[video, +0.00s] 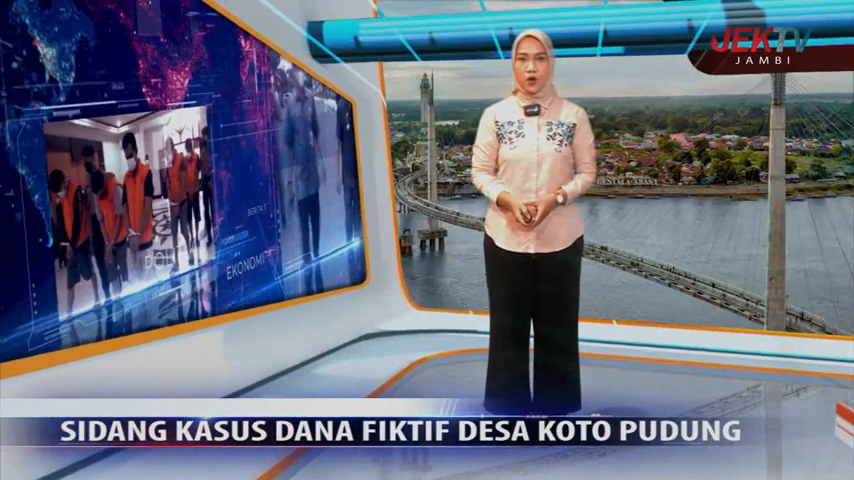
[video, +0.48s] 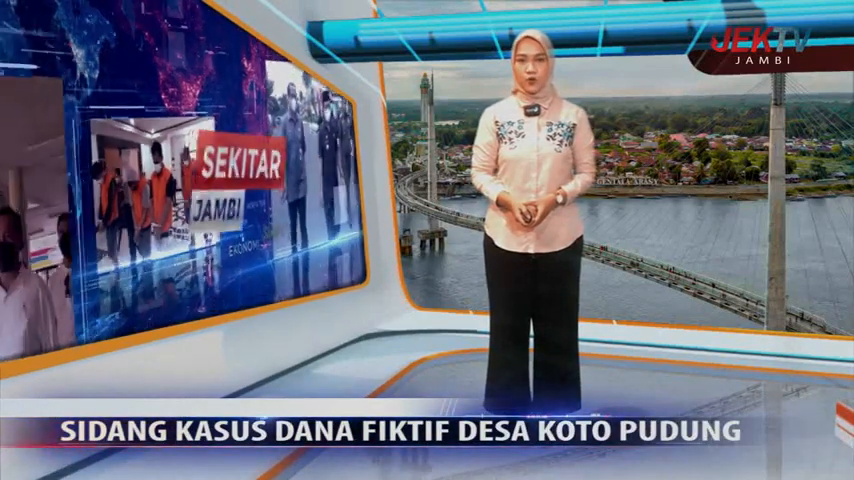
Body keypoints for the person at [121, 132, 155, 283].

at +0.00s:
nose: (128, 159)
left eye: (131, 155)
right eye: (126, 156)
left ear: (136, 151)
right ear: (124, 154)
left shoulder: (146, 173)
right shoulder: (127, 176)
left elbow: (148, 203)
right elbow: (125, 205)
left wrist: (140, 232)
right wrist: (128, 229)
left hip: (145, 235)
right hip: (132, 235)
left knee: (148, 273)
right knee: (134, 275)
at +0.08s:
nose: (133, 154)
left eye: (135, 150)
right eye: (131, 150)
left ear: (140, 148)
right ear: (129, 150)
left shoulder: (150, 169)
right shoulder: (131, 172)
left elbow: (152, 198)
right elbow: (129, 199)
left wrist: (144, 226)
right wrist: (132, 221)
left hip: (148, 228)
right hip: (136, 228)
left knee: (150, 266)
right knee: (138, 267)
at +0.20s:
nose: (140, 155)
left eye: (142, 152)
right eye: (138, 151)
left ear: (147, 151)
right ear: (136, 152)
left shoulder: (155, 171)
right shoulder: (138, 173)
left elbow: (158, 198)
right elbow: (137, 198)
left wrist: (150, 224)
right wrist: (138, 221)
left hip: (154, 226)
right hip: (142, 225)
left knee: (154, 261)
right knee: (145, 262)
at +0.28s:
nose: (145, 163)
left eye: (148, 159)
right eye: (144, 159)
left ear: (152, 157)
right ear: (142, 158)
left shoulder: (160, 174)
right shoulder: (143, 175)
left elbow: (163, 200)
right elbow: (142, 199)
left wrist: (154, 224)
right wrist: (143, 221)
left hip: (157, 225)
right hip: (147, 224)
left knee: (155, 259)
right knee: (149, 259)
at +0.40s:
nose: (151, 161)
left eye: (153, 158)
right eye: (150, 158)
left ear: (158, 158)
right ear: (148, 159)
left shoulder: (165, 177)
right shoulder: (149, 177)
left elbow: (167, 201)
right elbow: (148, 200)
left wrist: (159, 225)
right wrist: (148, 221)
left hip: (161, 226)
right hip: (152, 224)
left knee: (161, 258)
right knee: (154, 257)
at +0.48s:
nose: (155, 161)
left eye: (157, 158)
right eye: (153, 158)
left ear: (161, 158)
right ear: (152, 159)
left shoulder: (169, 178)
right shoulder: (153, 177)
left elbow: (169, 201)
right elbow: (152, 200)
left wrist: (161, 224)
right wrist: (152, 220)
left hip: (165, 226)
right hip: (155, 225)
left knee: (166, 258)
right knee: (157, 258)